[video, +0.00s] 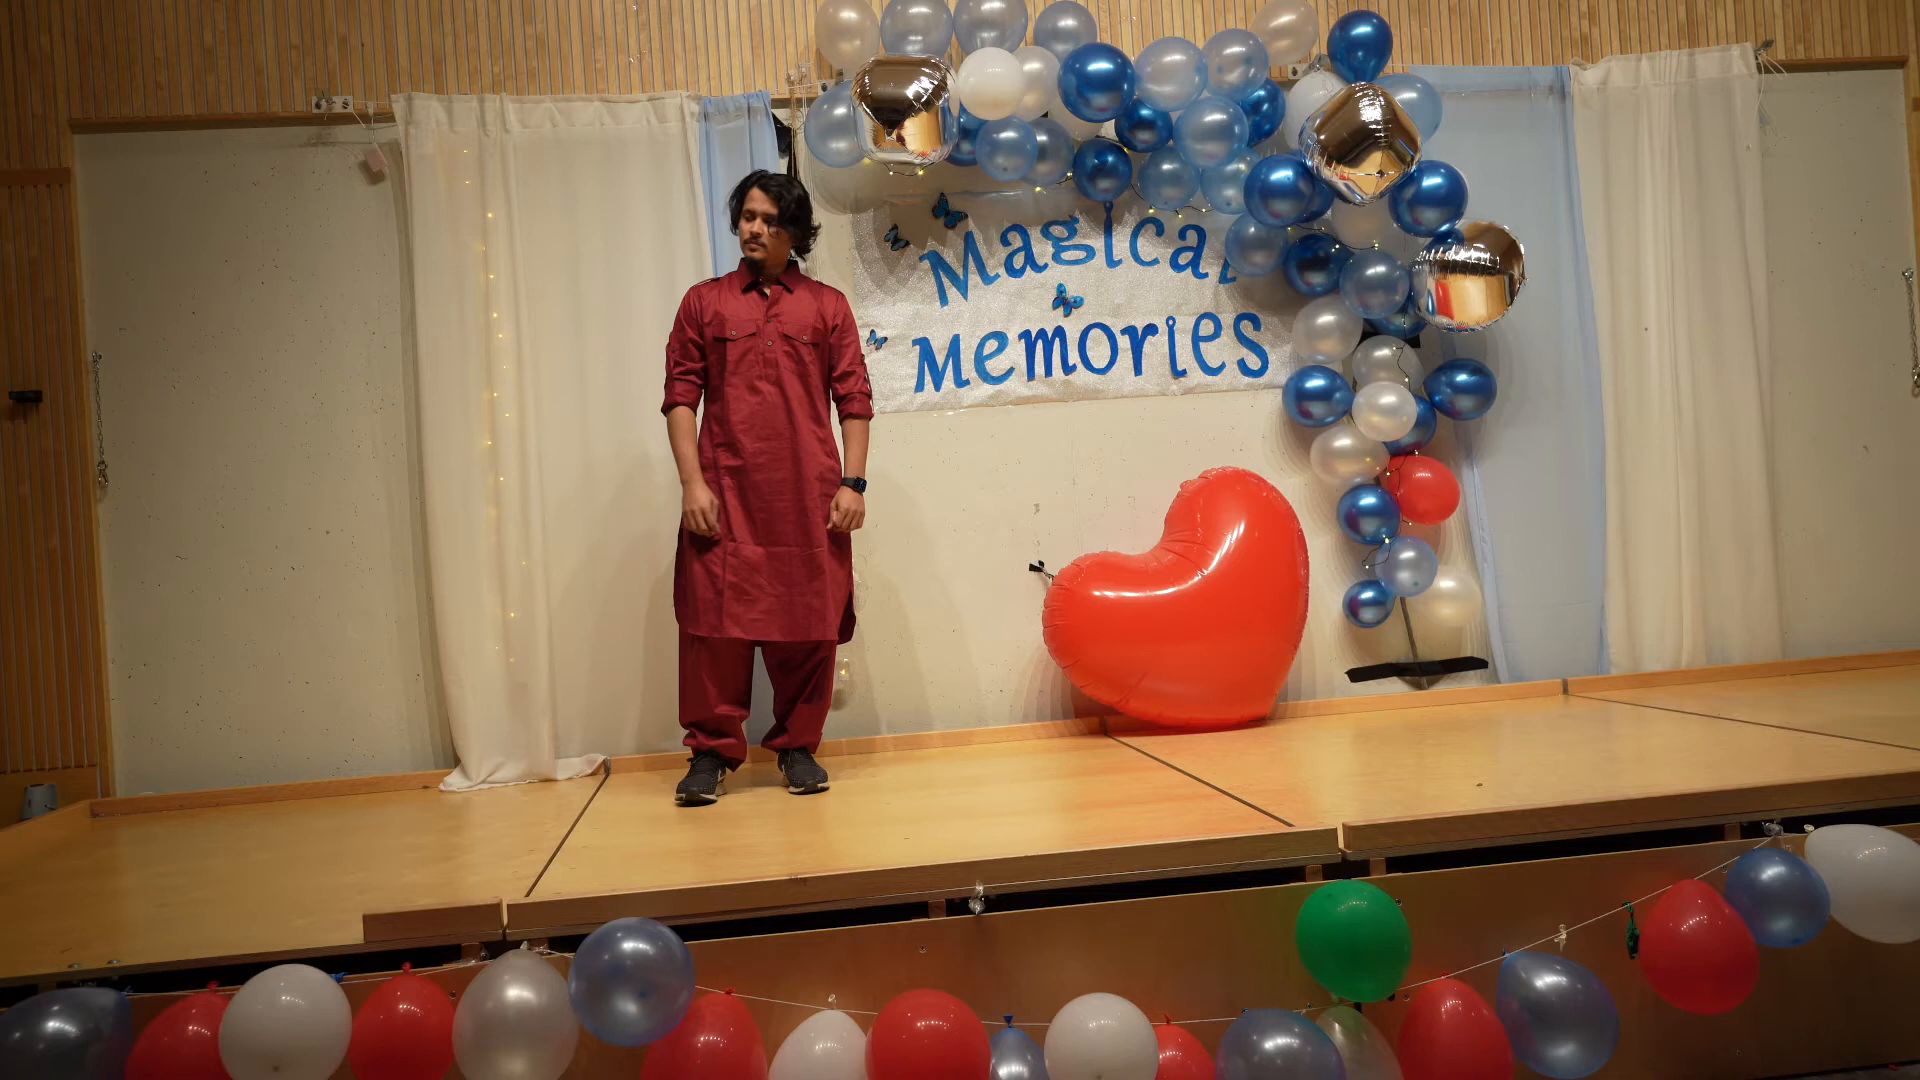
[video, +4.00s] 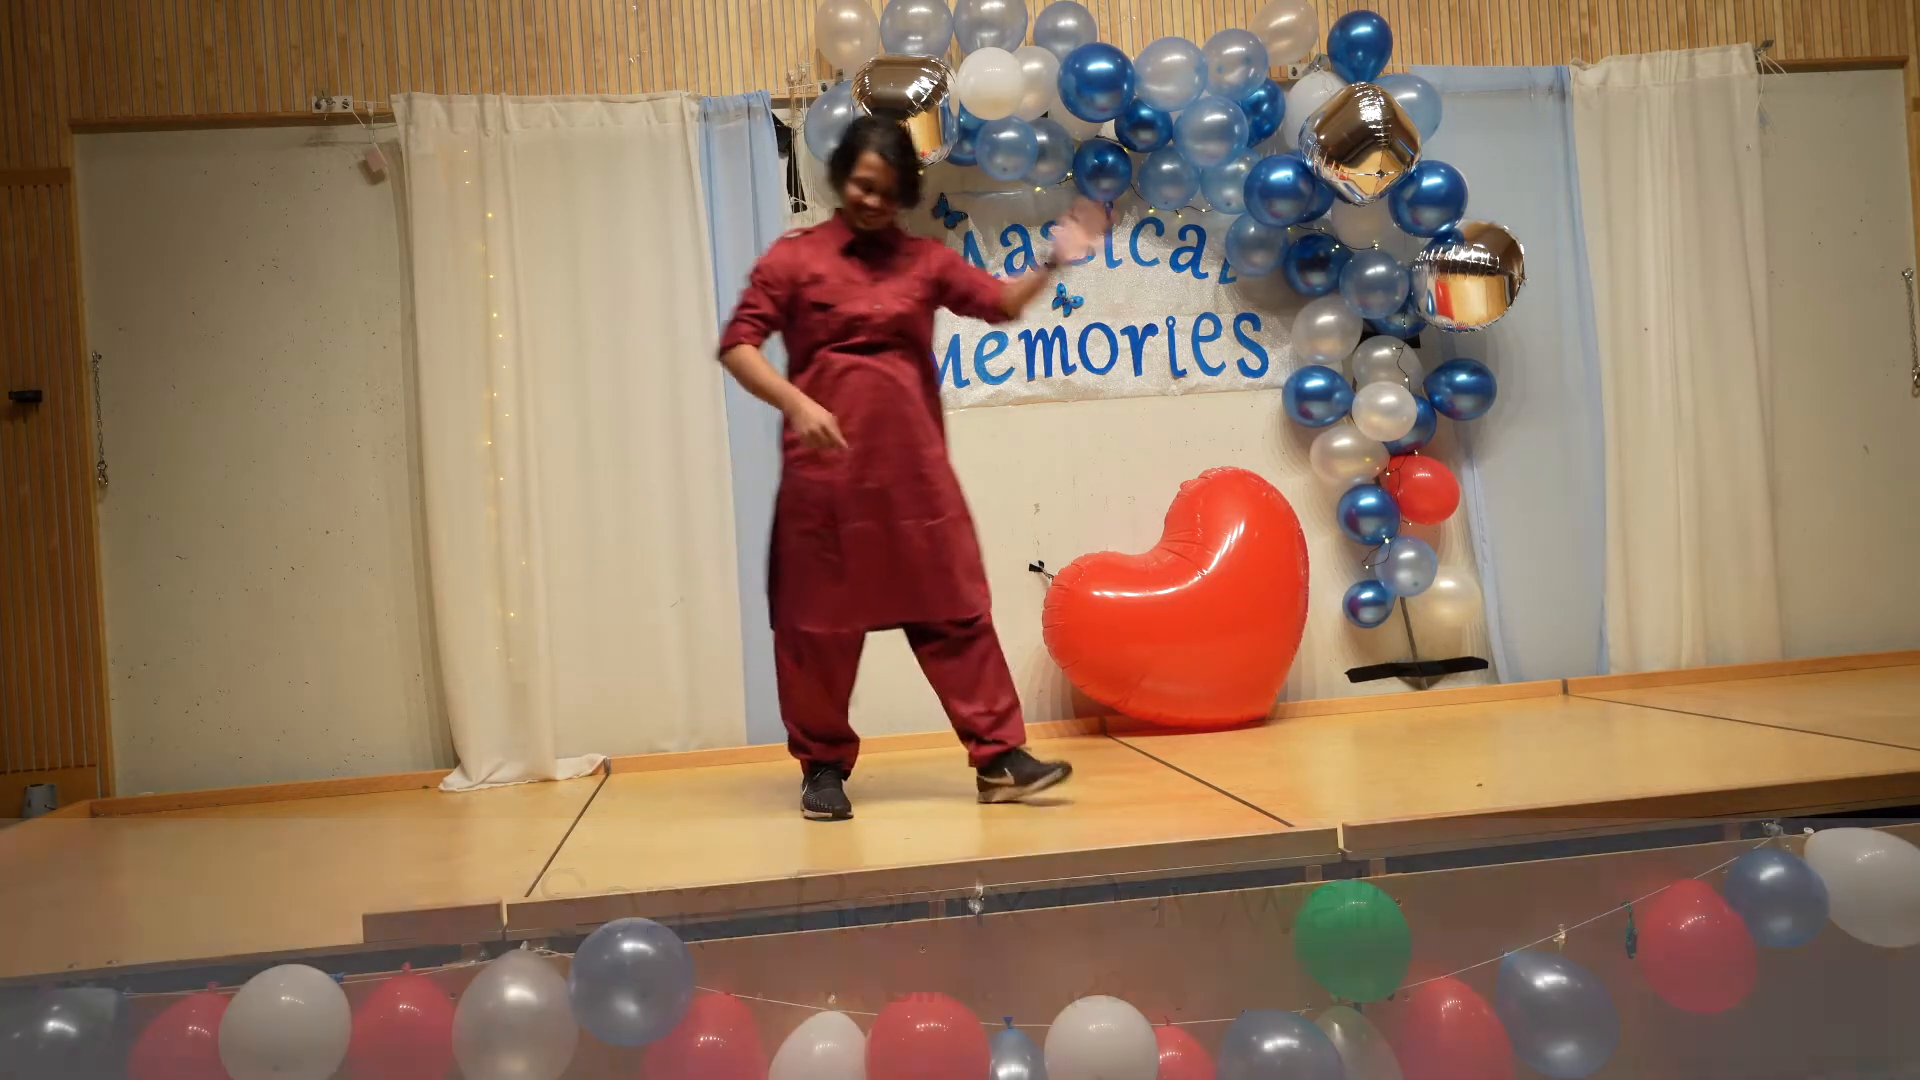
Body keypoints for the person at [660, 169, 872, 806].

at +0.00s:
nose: (753, 228)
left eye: (767, 219)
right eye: (746, 217)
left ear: (794, 230)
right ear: (736, 223)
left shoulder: (827, 305)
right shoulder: (704, 302)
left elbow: (854, 399)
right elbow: (680, 398)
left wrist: (854, 481)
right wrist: (692, 482)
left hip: (806, 491)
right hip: (723, 491)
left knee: (807, 625)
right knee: (713, 623)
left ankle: (799, 748)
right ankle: (710, 751)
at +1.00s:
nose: (758, 222)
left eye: (771, 213)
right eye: (749, 212)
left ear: (798, 225)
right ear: (738, 223)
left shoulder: (832, 302)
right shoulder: (706, 300)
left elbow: (860, 393)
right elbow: (678, 393)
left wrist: (848, 469)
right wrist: (700, 473)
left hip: (808, 490)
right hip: (725, 490)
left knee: (809, 626)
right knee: (713, 622)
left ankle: (799, 749)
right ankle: (709, 752)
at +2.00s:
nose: (761, 218)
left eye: (771, 210)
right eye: (747, 213)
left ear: (791, 230)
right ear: (732, 237)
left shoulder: (833, 301)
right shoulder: (716, 306)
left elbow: (907, 320)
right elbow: (661, 348)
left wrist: (932, 291)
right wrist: (667, 310)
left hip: (826, 488)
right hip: (740, 491)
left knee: (819, 627)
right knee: (735, 625)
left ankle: (801, 749)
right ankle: (727, 754)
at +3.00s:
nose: (785, 240)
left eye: (796, 228)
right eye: (772, 228)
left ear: (812, 223)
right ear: (748, 223)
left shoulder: (836, 280)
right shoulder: (720, 289)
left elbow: (888, 341)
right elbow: (719, 358)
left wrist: (854, 328)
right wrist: (792, 328)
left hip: (837, 478)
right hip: (759, 484)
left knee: (831, 615)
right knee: (778, 619)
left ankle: (806, 747)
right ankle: (813, 757)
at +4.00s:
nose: (872, 200)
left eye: (886, 190)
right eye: (861, 186)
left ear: (904, 192)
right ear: (838, 182)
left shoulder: (925, 257)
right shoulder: (796, 256)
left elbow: (1003, 305)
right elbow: (736, 346)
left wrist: (1054, 263)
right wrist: (796, 402)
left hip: (915, 463)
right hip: (826, 467)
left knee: (955, 609)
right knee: (816, 621)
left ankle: (1000, 757)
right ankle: (823, 769)